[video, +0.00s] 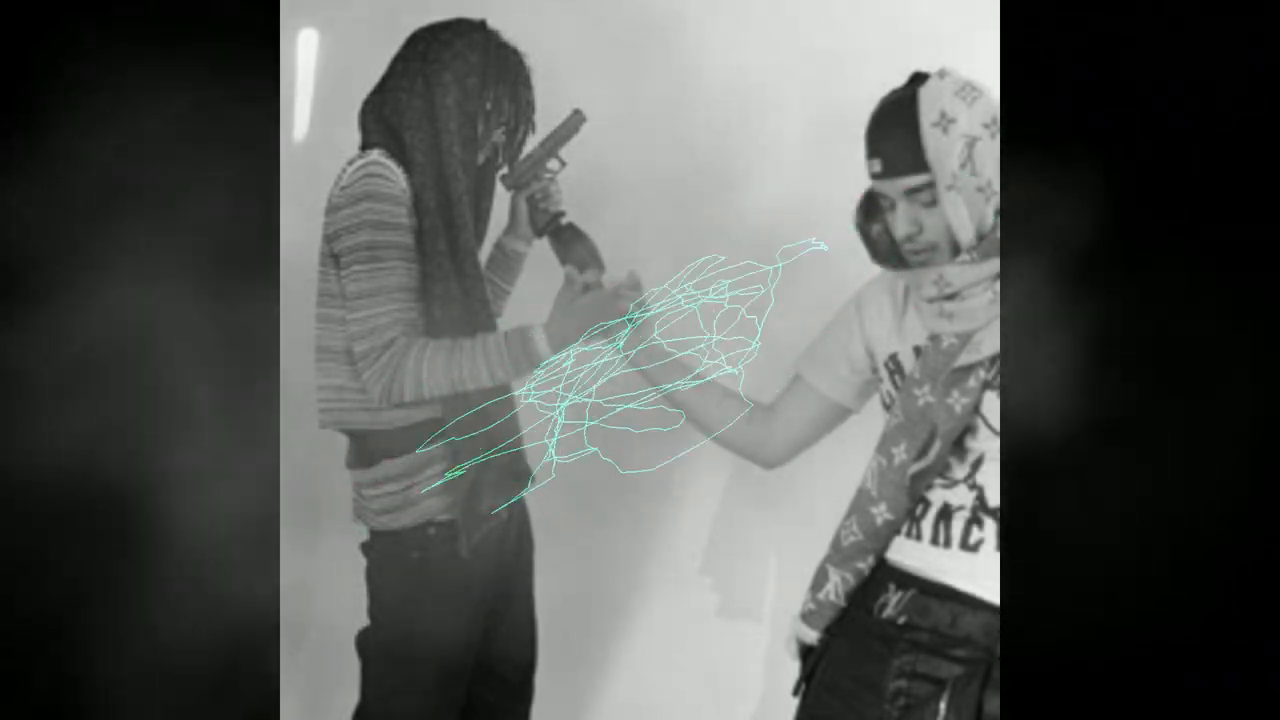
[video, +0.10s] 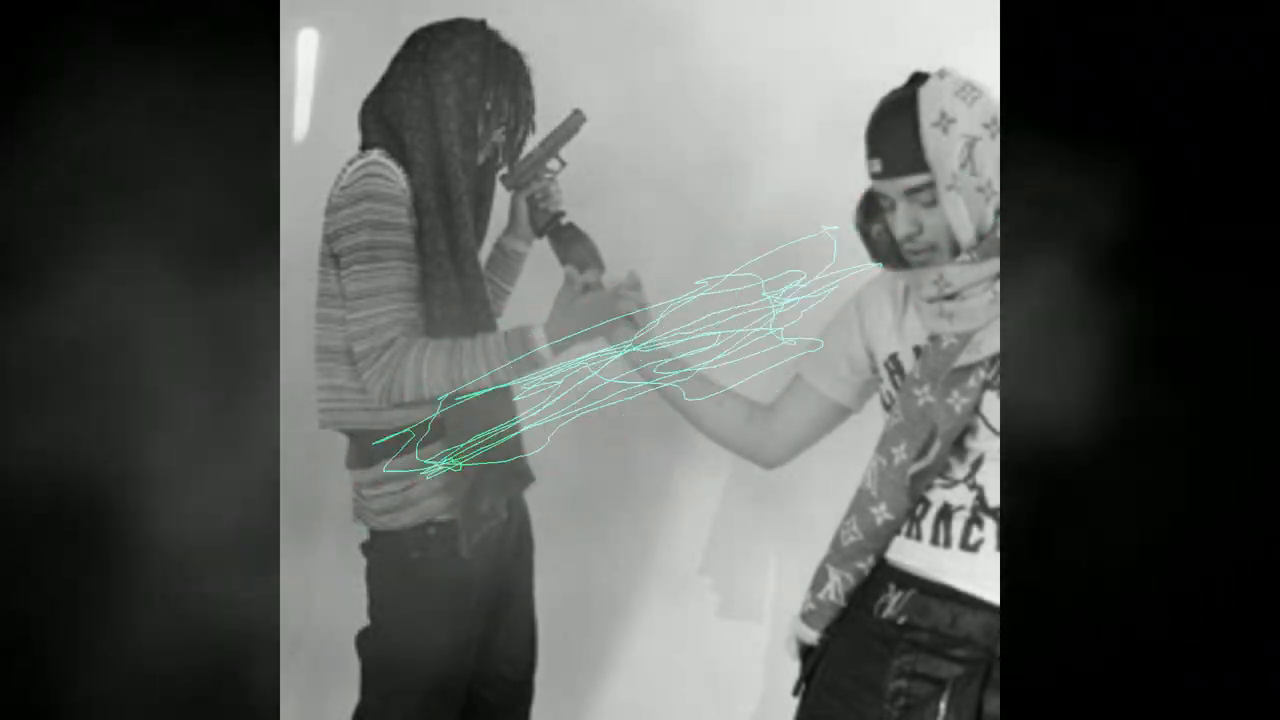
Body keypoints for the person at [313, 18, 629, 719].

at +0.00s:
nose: (499, 147)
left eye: (506, 129)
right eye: (493, 124)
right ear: (450, 110)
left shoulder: (425, 192)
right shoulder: (377, 183)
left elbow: (462, 329)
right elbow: (388, 369)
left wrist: (519, 234)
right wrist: (550, 338)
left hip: (486, 493)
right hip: (423, 510)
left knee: (500, 695)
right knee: (413, 702)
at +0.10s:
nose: (499, 146)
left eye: (506, 127)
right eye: (493, 122)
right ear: (449, 110)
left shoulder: (427, 192)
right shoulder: (377, 183)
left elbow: (464, 331)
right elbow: (388, 371)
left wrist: (518, 234)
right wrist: (550, 338)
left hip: (488, 503)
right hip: (423, 521)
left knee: (501, 699)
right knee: (410, 705)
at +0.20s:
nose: (500, 147)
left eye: (507, 128)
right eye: (494, 123)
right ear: (449, 110)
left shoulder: (426, 192)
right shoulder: (377, 183)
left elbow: (462, 330)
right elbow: (387, 368)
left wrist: (518, 234)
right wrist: (547, 333)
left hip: (489, 504)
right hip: (424, 516)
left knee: (501, 700)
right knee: (412, 704)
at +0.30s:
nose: (498, 146)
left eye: (506, 127)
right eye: (492, 122)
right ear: (448, 109)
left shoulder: (428, 191)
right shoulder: (377, 184)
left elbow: (463, 331)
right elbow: (388, 370)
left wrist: (518, 234)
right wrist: (547, 339)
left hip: (486, 501)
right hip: (422, 516)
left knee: (502, 699)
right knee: (411, 704)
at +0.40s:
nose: (497, 145)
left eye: (505, 126)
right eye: (491, 121)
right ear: (447, 108)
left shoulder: (429, 190)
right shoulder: (376, 183)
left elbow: (463, 334)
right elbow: (388, 370)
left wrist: (517, 235)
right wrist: (549, 339)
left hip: (487, 503)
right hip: (421, 520)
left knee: (501, 699)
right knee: (411, 704)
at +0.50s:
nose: (498, 144)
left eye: (504, 124)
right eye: (490, 120)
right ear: (445, 108)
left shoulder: (429, 191)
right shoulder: (377, 183)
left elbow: (464, 335)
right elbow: (387, 370)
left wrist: (518, 234)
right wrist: (546, 343)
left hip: (488, 495)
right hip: (422, 509)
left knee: (499, 697)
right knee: (413, 702)